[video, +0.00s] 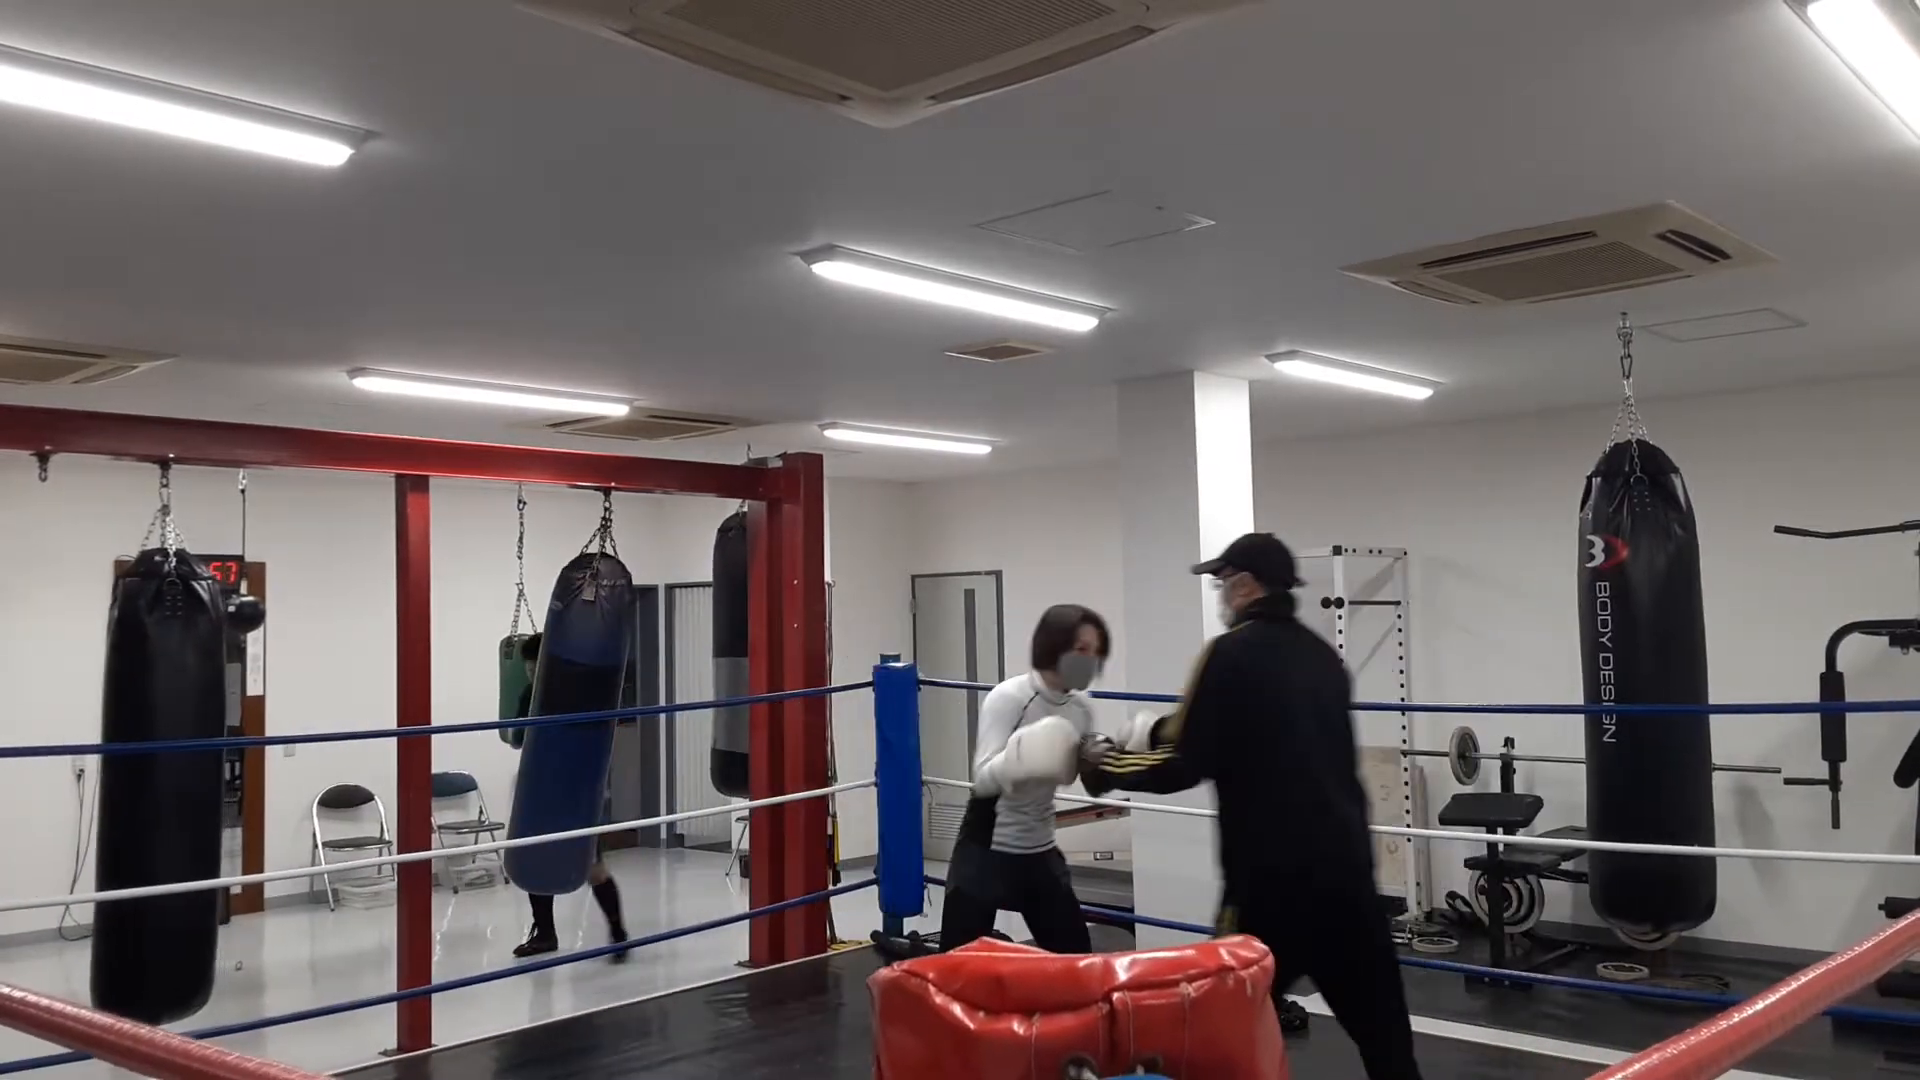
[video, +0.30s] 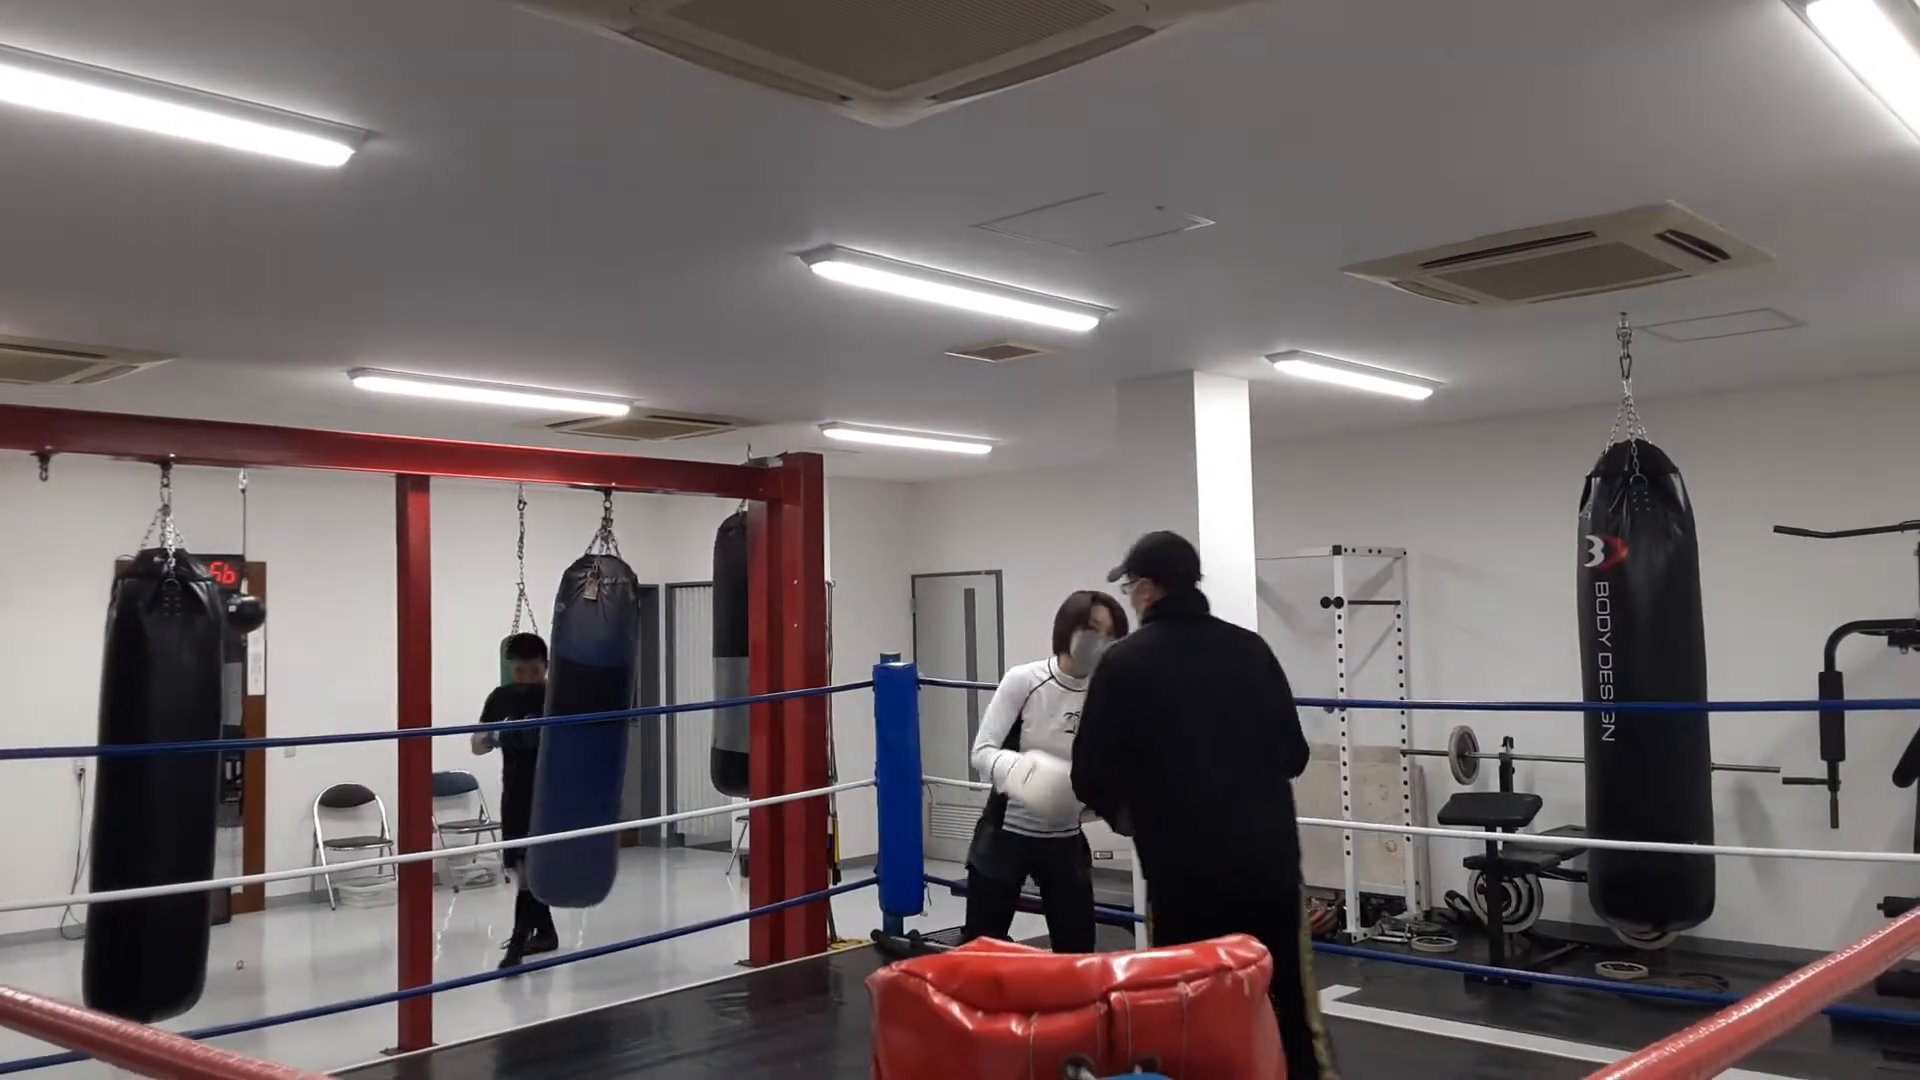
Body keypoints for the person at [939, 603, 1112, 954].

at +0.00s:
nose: (1090, 660)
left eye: (1096, 652)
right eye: (1081, 649)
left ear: (1101, 656)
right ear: (1054, 648)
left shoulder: (1081, 709)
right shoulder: (1007, 698)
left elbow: (1094, 784)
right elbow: (981, 780)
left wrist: (1107, 755)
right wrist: (1028, 754)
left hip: (1040, 854)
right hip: (986, 853)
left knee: (1076, 960)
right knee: (959, 963)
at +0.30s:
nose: (1100, 642)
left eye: (1109, 634)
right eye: (1091, 629)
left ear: (1117, 641)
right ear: (1069, 630)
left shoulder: (1110, 693)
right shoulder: (1023, 681)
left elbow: (1123, 769)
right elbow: (982, 751)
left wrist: (1086, 798)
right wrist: (1021, 770)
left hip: (1066, 842)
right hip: (1005, 837)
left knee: (1077, 958)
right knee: (980, 951)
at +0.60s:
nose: (1051, 640)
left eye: (1062, 634)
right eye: (1041, 630)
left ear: (1071, 645)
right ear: (1022, 635)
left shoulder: (1079, 693)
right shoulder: (986, 691)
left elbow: (1099, 760)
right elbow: (970, 755)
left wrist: (1086, 809)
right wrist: (979, 797)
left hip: (1060, 841)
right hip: (996, 839)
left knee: (1066, 956)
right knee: (986, 953)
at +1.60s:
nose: (1045, 646)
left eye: (1053, 638)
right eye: (1038, 637)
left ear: (1070, 644)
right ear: (1025, 643)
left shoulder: (1087, 690)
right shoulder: (1007, 693)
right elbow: (1001, 752)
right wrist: (980, 795)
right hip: (1025, 812)